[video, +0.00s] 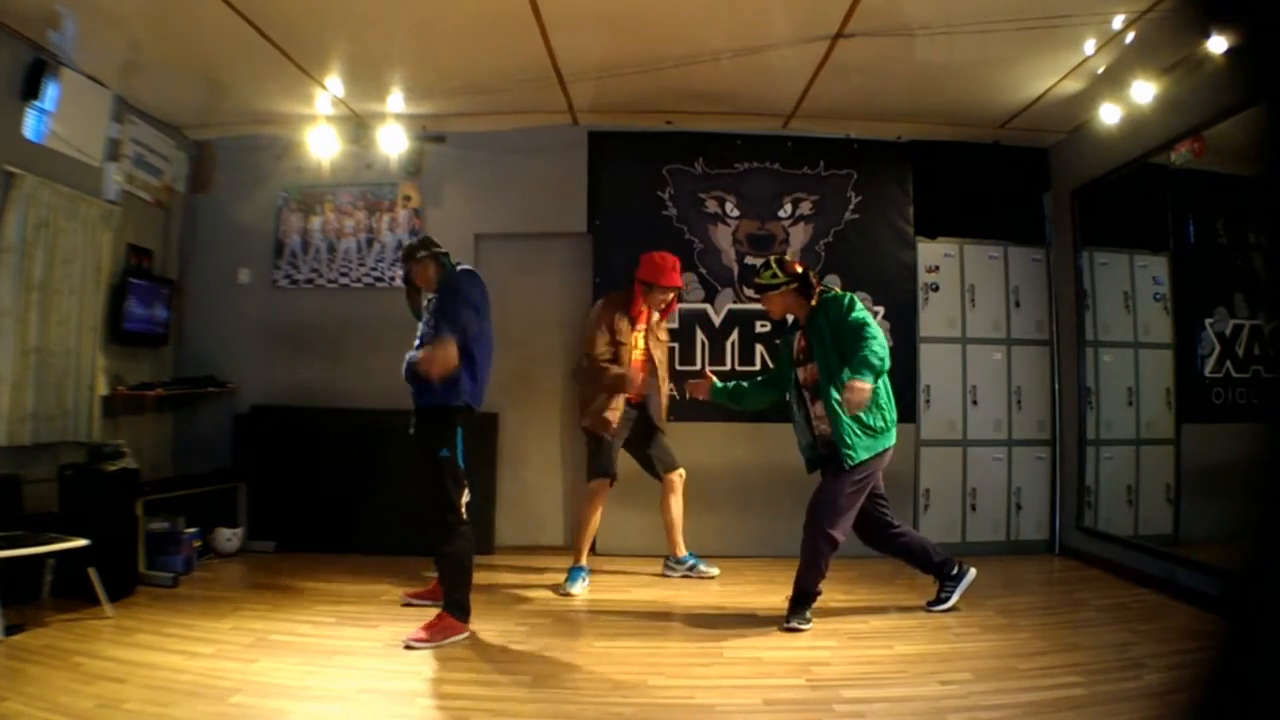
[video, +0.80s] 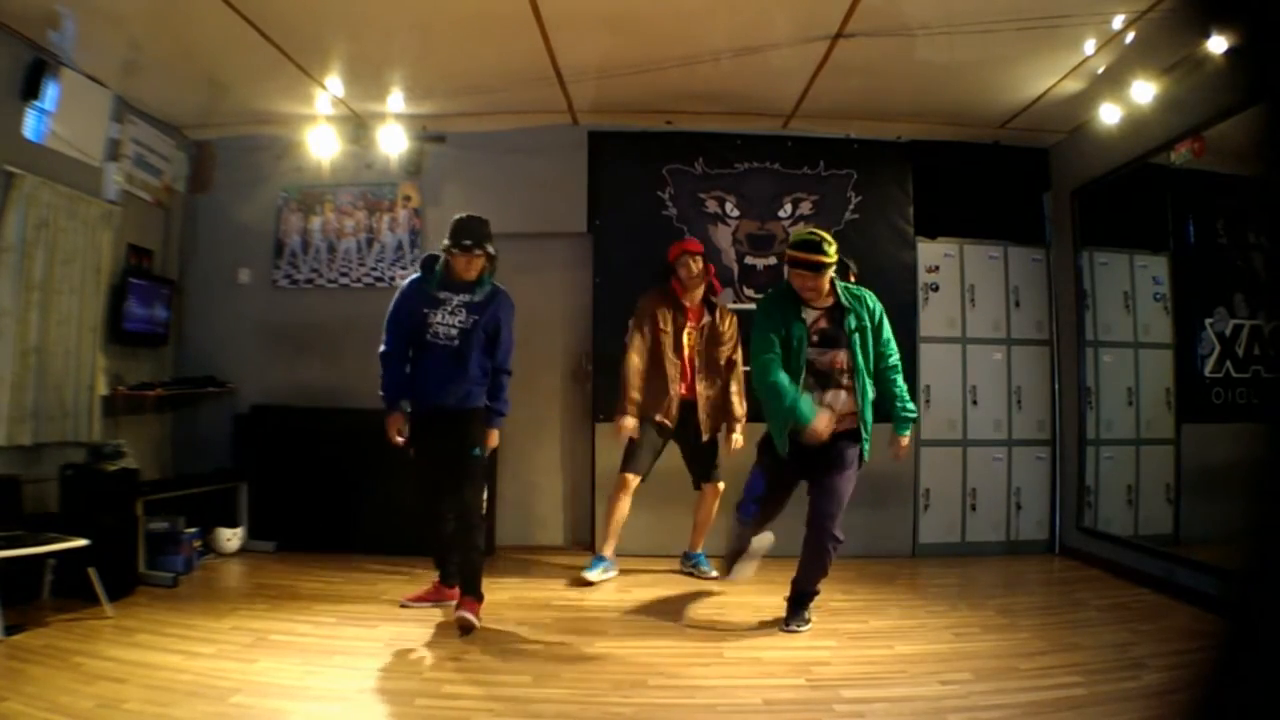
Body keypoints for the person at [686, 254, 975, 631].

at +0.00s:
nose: (763, 305)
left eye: (766, 297)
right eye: (761, 298)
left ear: (789, 290)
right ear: (784, 294)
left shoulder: (839, 306)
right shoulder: (793, 337)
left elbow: (873, 342)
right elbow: (774, 389)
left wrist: (861, 377)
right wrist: (717, 389)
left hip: (866, 439)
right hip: (837, 446)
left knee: (824, 515)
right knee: (876, 527)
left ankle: (801, 604)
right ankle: (950, 571)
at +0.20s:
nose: (763, 309)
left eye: (764, 300)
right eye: (760, 302)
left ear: (785, 291)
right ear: (784, 294)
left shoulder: (835, 307)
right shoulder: (796, 332)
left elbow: (877, 337)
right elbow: (794, 386)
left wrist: (903, 383)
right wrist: (742, 376)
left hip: (864, 438)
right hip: (837, 444)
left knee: (819, 515)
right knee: (878, 527)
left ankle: (800, 604)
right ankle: (952, 572)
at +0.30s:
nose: (764, 309)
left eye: (766, 301)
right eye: (762, 303)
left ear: (786, 293)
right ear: (782, 295)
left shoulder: (840, 306)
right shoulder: (788, 328)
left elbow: (880, 345)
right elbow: (781, 379)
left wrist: (903, 398)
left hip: (864, 433)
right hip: (840, 437)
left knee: (815, 515)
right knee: (877, 524)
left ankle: (800, 603)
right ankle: (952, 572)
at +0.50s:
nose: (768, 295)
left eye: (774, 286)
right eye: (764, 287)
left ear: (800, 276)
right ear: (763, 285)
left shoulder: (852, 303)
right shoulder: (769, 317)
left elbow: (895, 346)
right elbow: (762, 361)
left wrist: (904, 399)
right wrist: (810, 327)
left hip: (854, 429)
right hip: (810, 437)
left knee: (820, 517)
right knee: (856, 518)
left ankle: (801, 603)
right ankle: (924, 561)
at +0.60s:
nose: (773, 288)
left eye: (780, 281)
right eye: (770, 280)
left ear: (804, 276)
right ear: (769, 278)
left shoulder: (853, 301)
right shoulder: (768, 310)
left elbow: (893, 351)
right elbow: (761, 357)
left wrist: (910, 409)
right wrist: (818, 338)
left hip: (848, 428)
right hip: (801, 433)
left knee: (821, 514)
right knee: (816, 516)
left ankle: (802, 601)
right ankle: (879, 549)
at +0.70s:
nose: (783, 283)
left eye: (791, 277)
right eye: (780, 275)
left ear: (815, 275)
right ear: (777, 273)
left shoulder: (860, 302)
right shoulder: (770, 308)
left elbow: (890, 356)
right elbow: (763, 360)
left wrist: (909, 413)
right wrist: (821, 367)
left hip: (841, 435)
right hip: (793, 435)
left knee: (822, 525)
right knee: (781, 515)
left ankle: (801, 603)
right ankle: (823, 540)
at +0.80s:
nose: (805, 280)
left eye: (815, 272)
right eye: (798, 271)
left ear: (831, 271)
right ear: (787, 269)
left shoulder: (864, 305)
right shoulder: (773, 308)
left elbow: (888, 362)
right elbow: (767, 372)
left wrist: (904, 418)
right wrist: (806, 414)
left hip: (844, 439)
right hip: (788, 434)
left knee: (826, 527)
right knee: (753, 511)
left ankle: (800, 602)